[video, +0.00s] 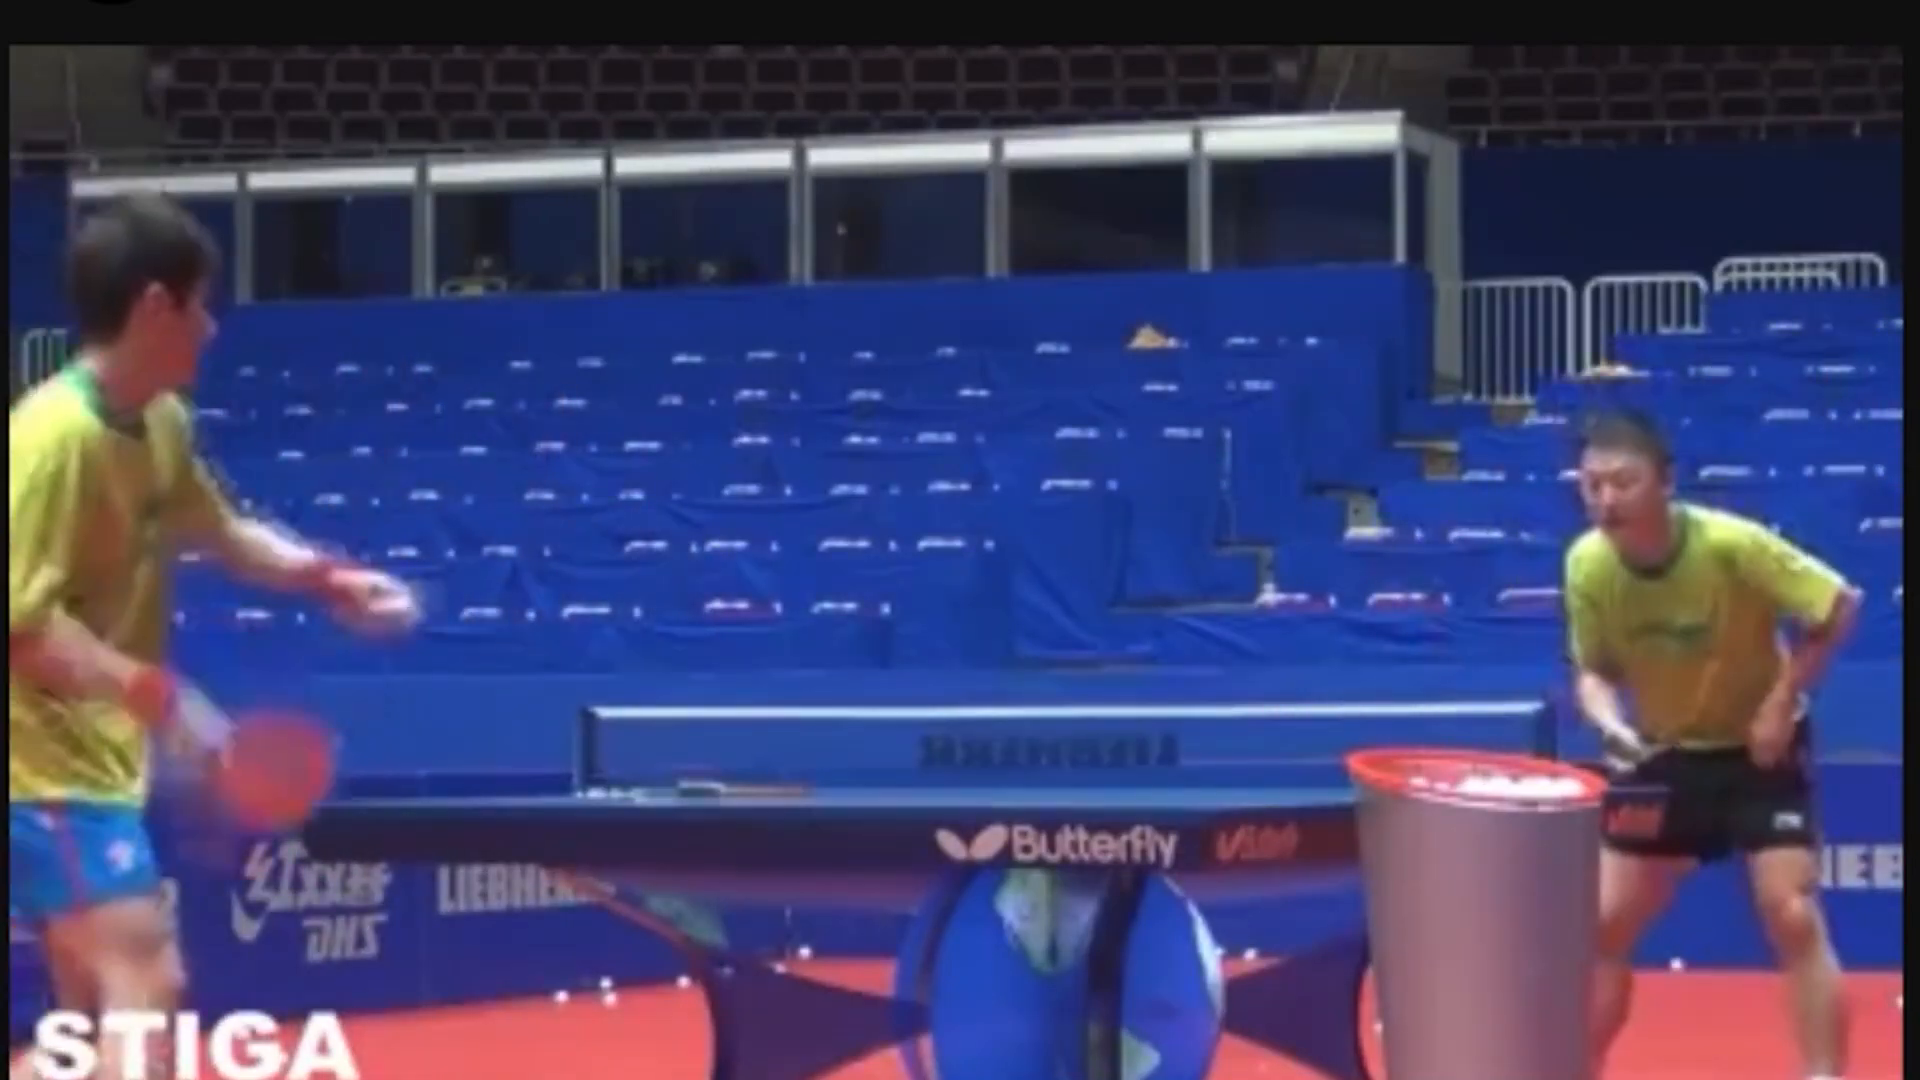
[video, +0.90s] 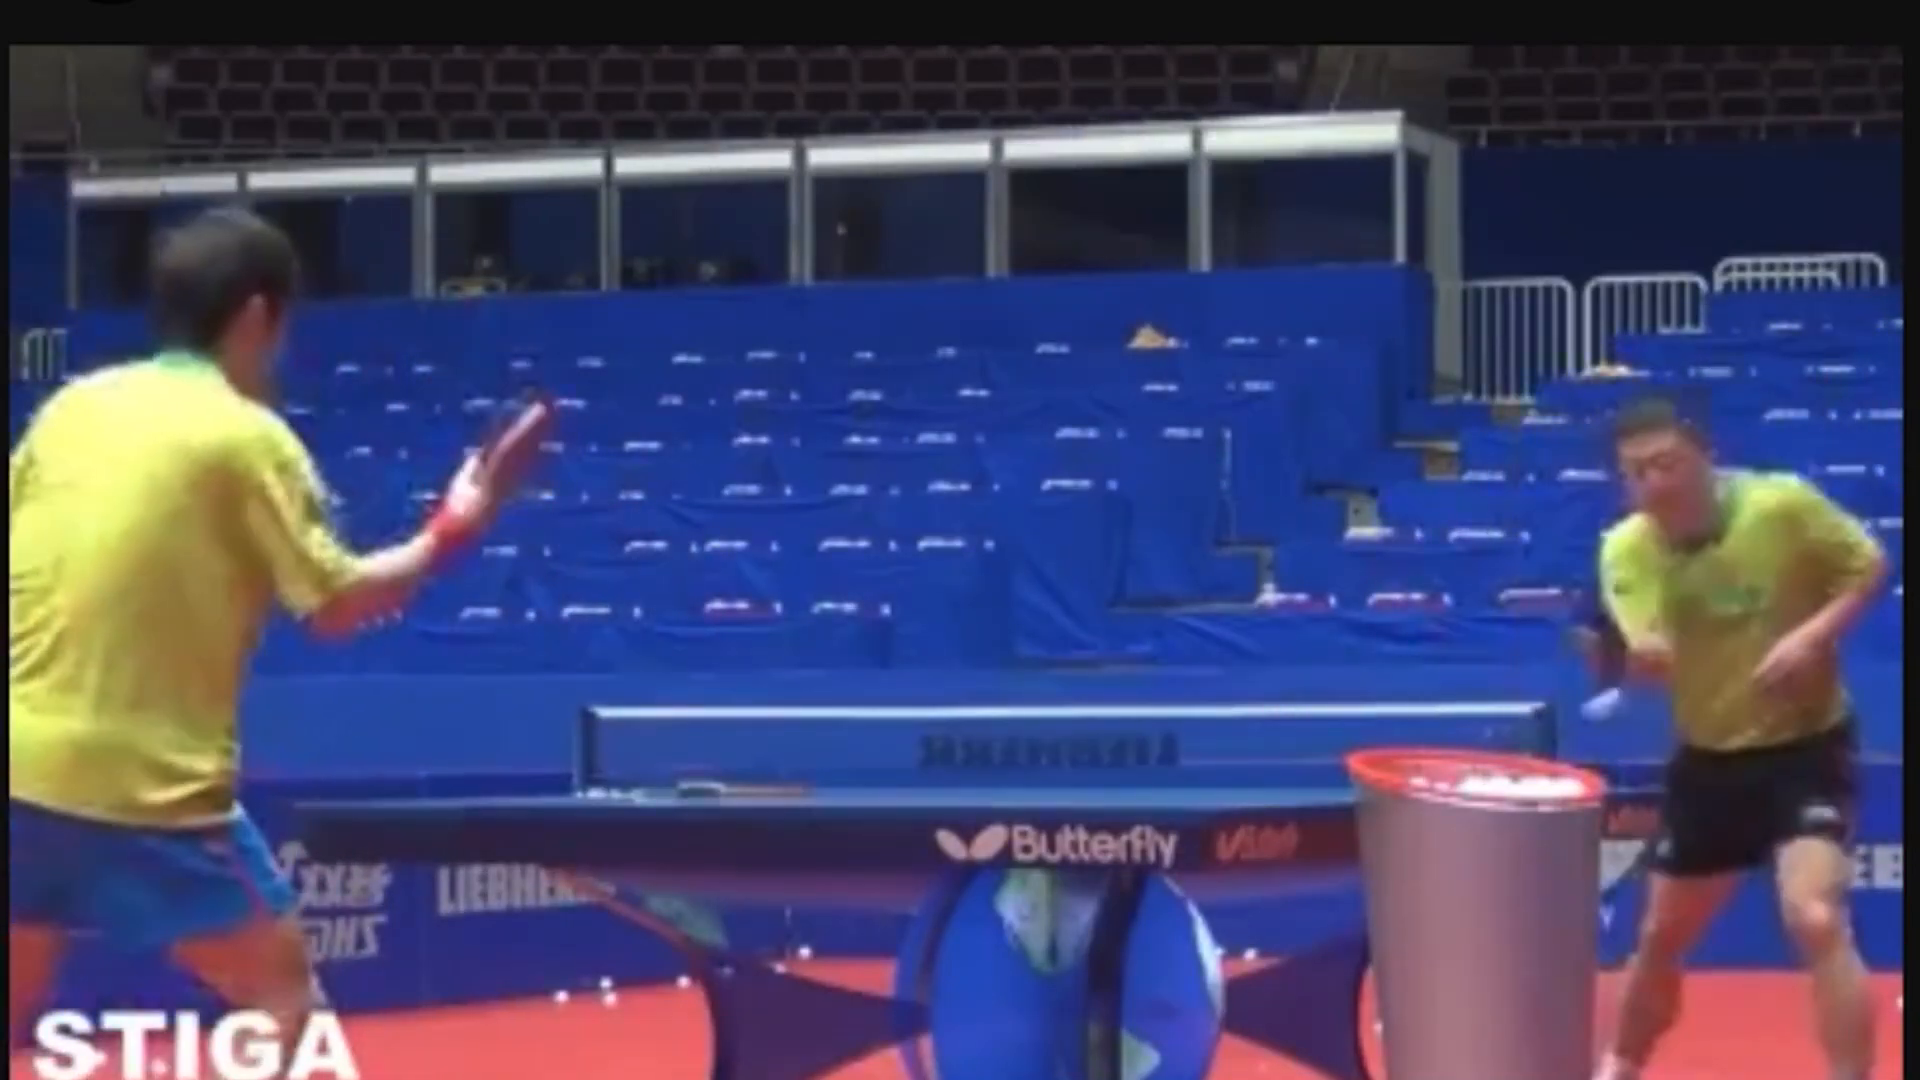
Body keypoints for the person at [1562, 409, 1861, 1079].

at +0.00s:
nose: (1605, 500)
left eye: (1621, 482)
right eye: (1593, 484)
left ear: (1663, 481)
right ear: (1582, 488)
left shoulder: (1731, 546)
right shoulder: (1588, 564)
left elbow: (1840, 604)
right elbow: (1591, 671)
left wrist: (1785, 699)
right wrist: (1612, 726)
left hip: (1757, 752)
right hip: (1662, 758)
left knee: (1792, 915)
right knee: (1604, 922)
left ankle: (1824, 1070)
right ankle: (1578, 1068)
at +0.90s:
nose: (1654, 485)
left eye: (1665, 464)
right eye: (1638, 471)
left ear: (1702, 455)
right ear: (1625, 478)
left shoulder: (1781, 505)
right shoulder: (1627, 546)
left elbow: (1870, 566)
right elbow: (1650, 645)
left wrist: (1812, 637)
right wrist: (1642, 654)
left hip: (1806, 748)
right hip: (1709, 757)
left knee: (1813, 918)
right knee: (1660, 937)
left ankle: (1852, 1071)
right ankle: (1621, 1066)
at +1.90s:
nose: (1648, 424)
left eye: (1660, 404)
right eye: (1640, 409)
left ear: (1707, 398)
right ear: (1638, 416)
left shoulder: (1788, 475)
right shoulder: (1650, 496)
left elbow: (1848, 569)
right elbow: (1639, 585)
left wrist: (1764, 607)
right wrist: (1621, 621)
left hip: (1779, 706)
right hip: (1690, 706)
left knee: (1810, 893)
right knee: (1661, 888)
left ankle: (1880, 1057)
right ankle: (1655, 1059)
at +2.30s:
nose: (1526, 474)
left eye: (1535, 458)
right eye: (1525, 459)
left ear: (1575, 452)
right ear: (1563, 457)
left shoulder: (1637, 509)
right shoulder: (1589, 531)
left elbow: (1692, 587)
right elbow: (1616, 628)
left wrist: (1598, 635)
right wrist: (1539, 656)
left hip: (1694, 710)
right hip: (1635, 712)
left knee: (1712, 877)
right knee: (1574, 862)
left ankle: (1794, 1027)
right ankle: (1573, 1018)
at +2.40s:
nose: (1500, 478)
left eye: (1508, 462)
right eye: (1499, 463)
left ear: (1544, 460)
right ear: (1535, 466)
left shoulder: (1607, 513)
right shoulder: (1562, 535)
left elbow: (1667, 590)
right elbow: (1588, 631)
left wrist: (1579, 643)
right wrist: (1511, 671)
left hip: (1677, 711)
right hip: (1619, 718)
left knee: (1707, 871)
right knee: (1562, 859)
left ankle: (1789, 1024)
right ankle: (1575, 1021)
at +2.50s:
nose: (1476, 475)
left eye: (1484, 457)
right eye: (1475, 460)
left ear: (1522, 456)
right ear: (1510, 462)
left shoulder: (1590, 509)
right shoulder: (1530, 538)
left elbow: (1653, 585)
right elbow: (1550, 635)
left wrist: (1566, 638)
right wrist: (1486, 694)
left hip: (1661, 702)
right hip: (1599, 713)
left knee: (1705, 857)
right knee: (1555, 856)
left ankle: (1772, 1013)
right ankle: (1574, 1018)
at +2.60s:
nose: (1468, 462)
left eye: (1478, 444)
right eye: (1466, 447)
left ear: (1519, 443)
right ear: (1503, 451)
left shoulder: (1589, 497)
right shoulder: (1508, 527)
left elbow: (1650, 570)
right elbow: (1530, 623)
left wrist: (1563, 624)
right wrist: (1488, 704)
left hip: (1649, 689)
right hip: (1582, 702)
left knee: (1689, 849)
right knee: (1556, 853)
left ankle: (1751, 1005)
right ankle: (1574, 1016)